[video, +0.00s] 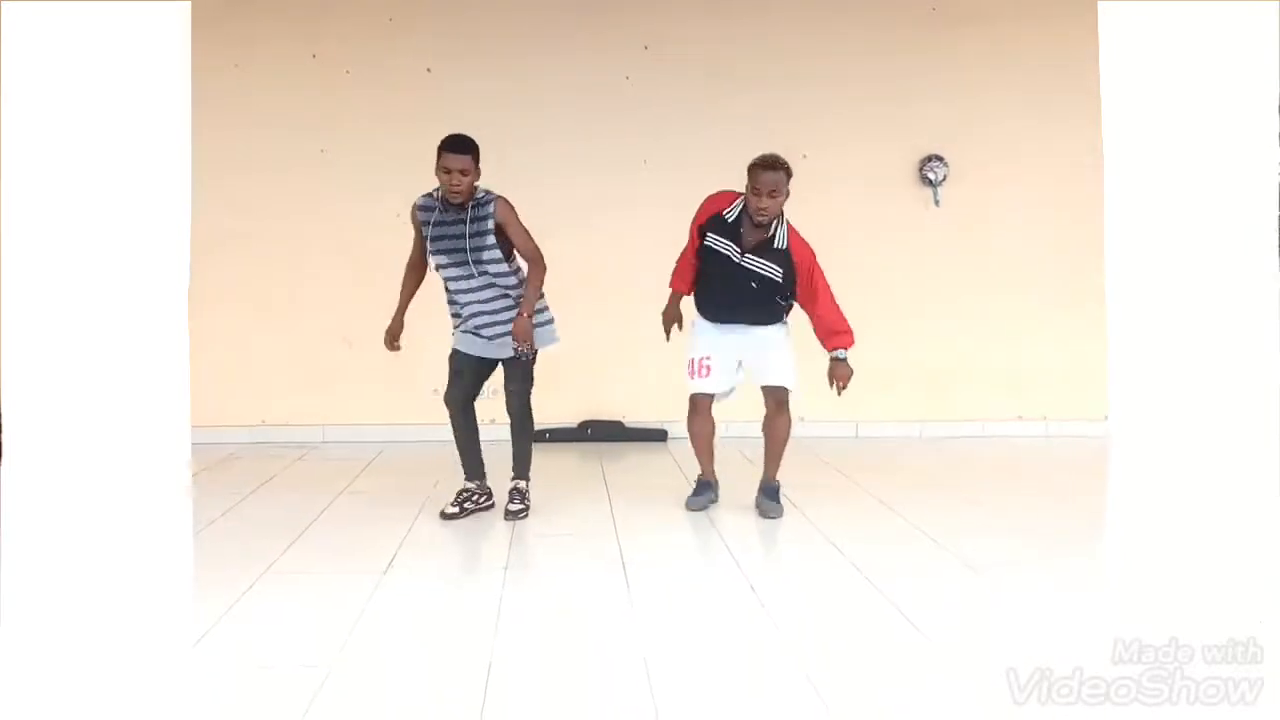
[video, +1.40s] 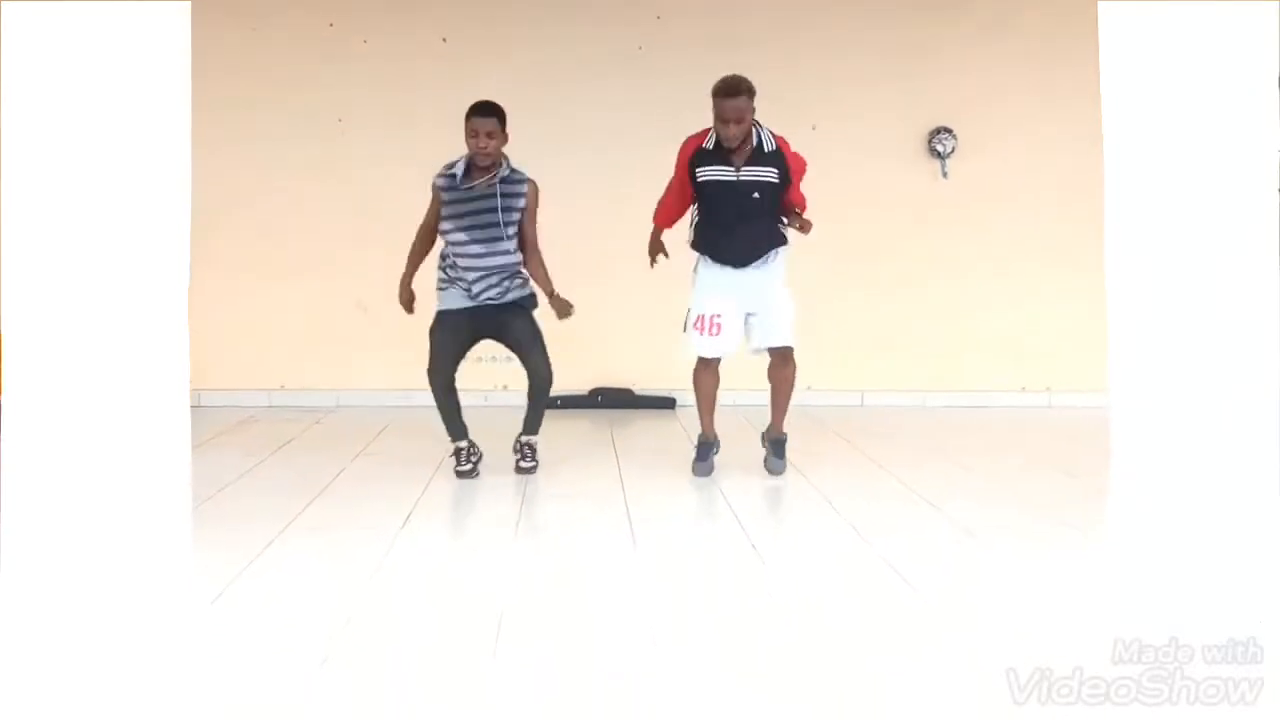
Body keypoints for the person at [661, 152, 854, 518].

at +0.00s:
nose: (762, 203)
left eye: (773, 196)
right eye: (756, 193)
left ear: (786, 196)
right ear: (746, 189)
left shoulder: (793, 248)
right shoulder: (717, 208)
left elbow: (819, 298)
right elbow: (694, 250)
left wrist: (839, 352)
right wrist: (675, 298)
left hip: (768, 330)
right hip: (712, 325)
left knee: (778, 400)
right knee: (699, 399)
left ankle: (770, 485)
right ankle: (707, 480)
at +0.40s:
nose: (760, 154)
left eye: (765, 149)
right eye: (749, 150)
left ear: (774, 162)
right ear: (734, 164)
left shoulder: (790, 205)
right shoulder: (722, 211)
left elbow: (807, 264)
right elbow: (690, 258)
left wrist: (820, 318)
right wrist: (648, 295)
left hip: (768, 305)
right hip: (716, 302)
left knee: (777, 396)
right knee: (704, 392)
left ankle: (787, 485)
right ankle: (710, 479)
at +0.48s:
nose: (740, 154)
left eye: (744, 149)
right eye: (728, 151)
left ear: (752, 160)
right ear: (713, 167)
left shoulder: (776, 193)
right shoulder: (712, 220)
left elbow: (809, 238)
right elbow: (693, 277)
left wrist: (827, 278)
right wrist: (657, 331)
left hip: (787, 303)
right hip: (736, 308)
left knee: (792, 395)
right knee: (723, 395)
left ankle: (790, 484)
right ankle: (718, 479)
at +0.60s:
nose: (714, 146)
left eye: (717, 141)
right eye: (702, 144)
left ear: (726, 152)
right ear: (688, 164)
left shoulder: (759, 175)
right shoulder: (699, 221)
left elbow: (801, 198)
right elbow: (692, 280)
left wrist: (827, 222)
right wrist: (668, 340)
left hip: (794, 290)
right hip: (742, 301)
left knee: (795, 386)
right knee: (727, 387)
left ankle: (787, 475)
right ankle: (717, 471)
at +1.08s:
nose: (660, 160)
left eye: (665, 150)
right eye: (659, 151)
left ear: (690, 147)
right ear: (680, 152)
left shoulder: (734, 158)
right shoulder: (688, 197)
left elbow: (784, 183)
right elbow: (693, 248)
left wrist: (793, 244)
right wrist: (682, 304)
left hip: (778, 267)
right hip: (732, 275)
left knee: (785, 355)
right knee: (721, 356)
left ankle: (784, 443)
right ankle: (719, 441)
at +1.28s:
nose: (697, 139)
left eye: (706, 130)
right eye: (693, 130)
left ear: (731, 126)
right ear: (691, 126)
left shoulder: (767, 164)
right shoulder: (692, 167)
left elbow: (797, 218)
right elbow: (682, 222)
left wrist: (799, 273)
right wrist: (676, 276)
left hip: (765, 277)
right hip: (712, 277)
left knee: (781, 358)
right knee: (697, 358)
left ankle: (777, 436)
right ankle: (709, 438)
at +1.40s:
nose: (731, 130)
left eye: (739, 121)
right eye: (724, 121)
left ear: (753, 114)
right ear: (713, 115)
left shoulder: (778, 150)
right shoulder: (695, 150)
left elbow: (791, 186)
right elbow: (677, 193)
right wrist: (657, 232)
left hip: (767, 266)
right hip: (715, 267)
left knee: (782, 351)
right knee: (708, 354)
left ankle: (777, 432)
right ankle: (707, 437)